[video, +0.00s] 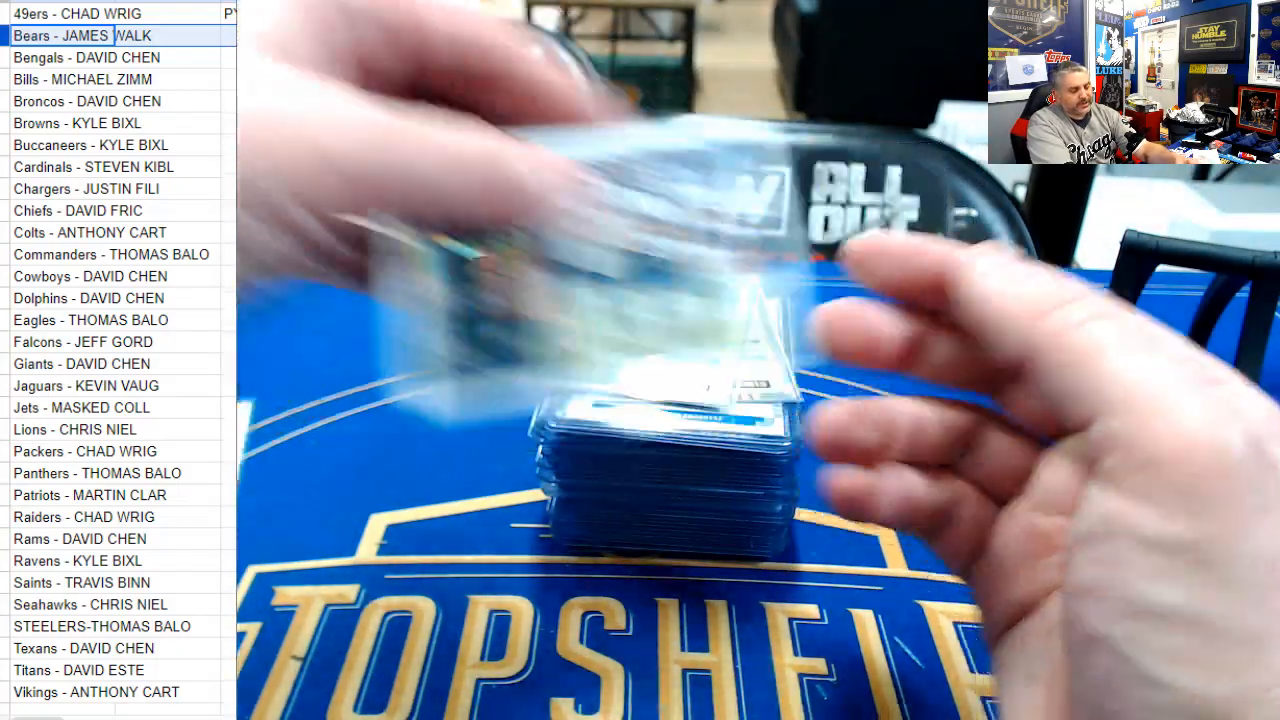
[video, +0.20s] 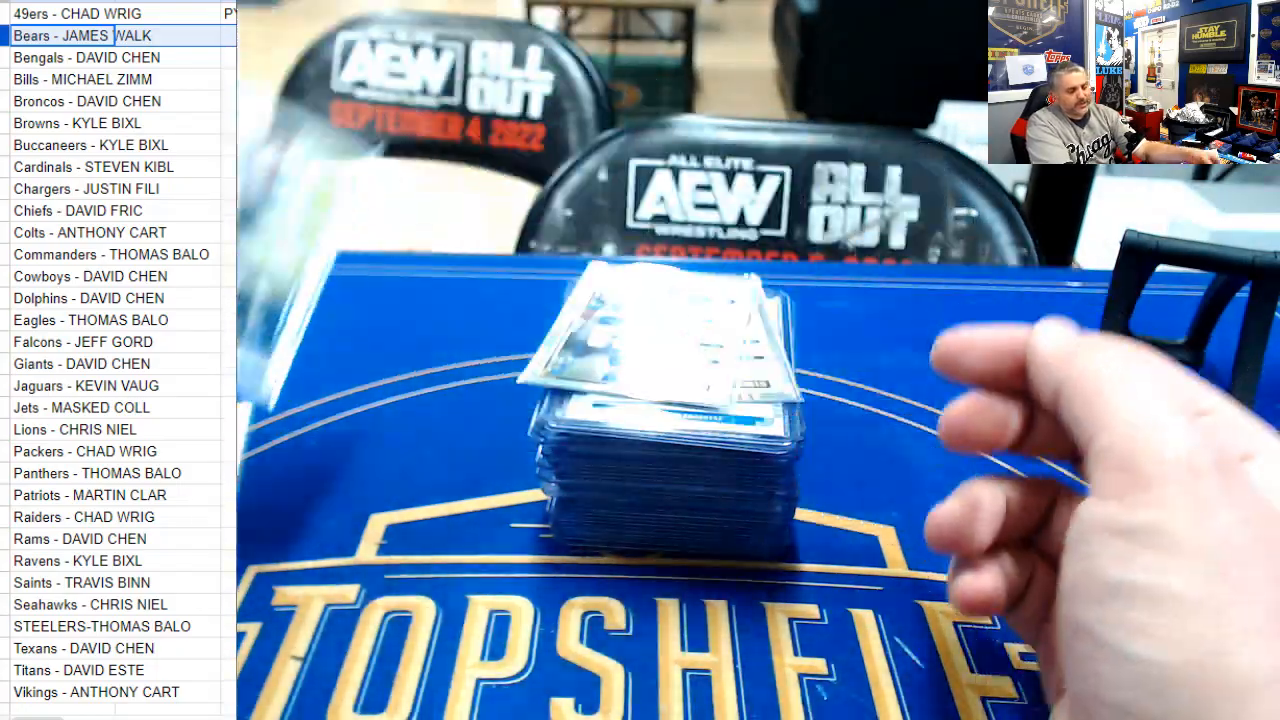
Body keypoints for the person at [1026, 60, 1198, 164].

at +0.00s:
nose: (1084, 95)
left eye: (1086, 86)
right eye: (1074, 91)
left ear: (1091, 86)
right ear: (1056, 96)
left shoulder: (1106, 114)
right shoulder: (1042, 123)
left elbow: (1144, 149)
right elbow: (1061, 176)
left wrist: (1178, 159)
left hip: (1112, 188)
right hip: (1070, 197)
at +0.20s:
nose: (1082, 96)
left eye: (1085, 87)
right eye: (1072, 91)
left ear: (1090, 87)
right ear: (1053, 99)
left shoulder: (1103, 113)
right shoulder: (1041, 124)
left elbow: (1144, 150)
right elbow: (1059, 178)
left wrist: (1193, 155)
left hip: (1112, 187)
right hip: (1071, 198)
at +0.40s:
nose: (1081, 95)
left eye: (1082, 86)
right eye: (1069, 91)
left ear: (1088, 85)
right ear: (1052, 99)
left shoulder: (1102, 113)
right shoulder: (1041, 124)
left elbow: (1147, 149)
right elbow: (1061, 178)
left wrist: (1190, 161)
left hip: (1111, 187)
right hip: (1070, 198)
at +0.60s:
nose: (1080, 95)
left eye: (1081, 85)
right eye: (1068, 91)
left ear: (1087, 84)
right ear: (1052, 99)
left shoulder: (1104, 114)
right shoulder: (1041, 124)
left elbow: (1147, 150)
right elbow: (1060, 179)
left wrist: (1190, 163)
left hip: (1112, 188)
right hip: (1070, 199)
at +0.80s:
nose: (1080, 94)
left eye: (1081, 85)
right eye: (1069, 91)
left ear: (1086, 83)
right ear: (1052, 98)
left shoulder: (1105, 114)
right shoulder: (1041, 123)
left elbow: (1143, 148)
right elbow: (1059, 177)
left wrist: (1183, 165)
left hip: (1115, 188)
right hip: (1072, 198)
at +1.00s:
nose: (1079, 94)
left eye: (1080, 85)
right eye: (1067, 91)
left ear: (1085, 84)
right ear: (1051, 99)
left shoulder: (1104, 114)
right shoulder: (1041, 123)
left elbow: (1146, 150)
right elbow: (1061, 176)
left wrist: (1189, 170)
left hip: (1113, 189)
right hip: (1069, 199)